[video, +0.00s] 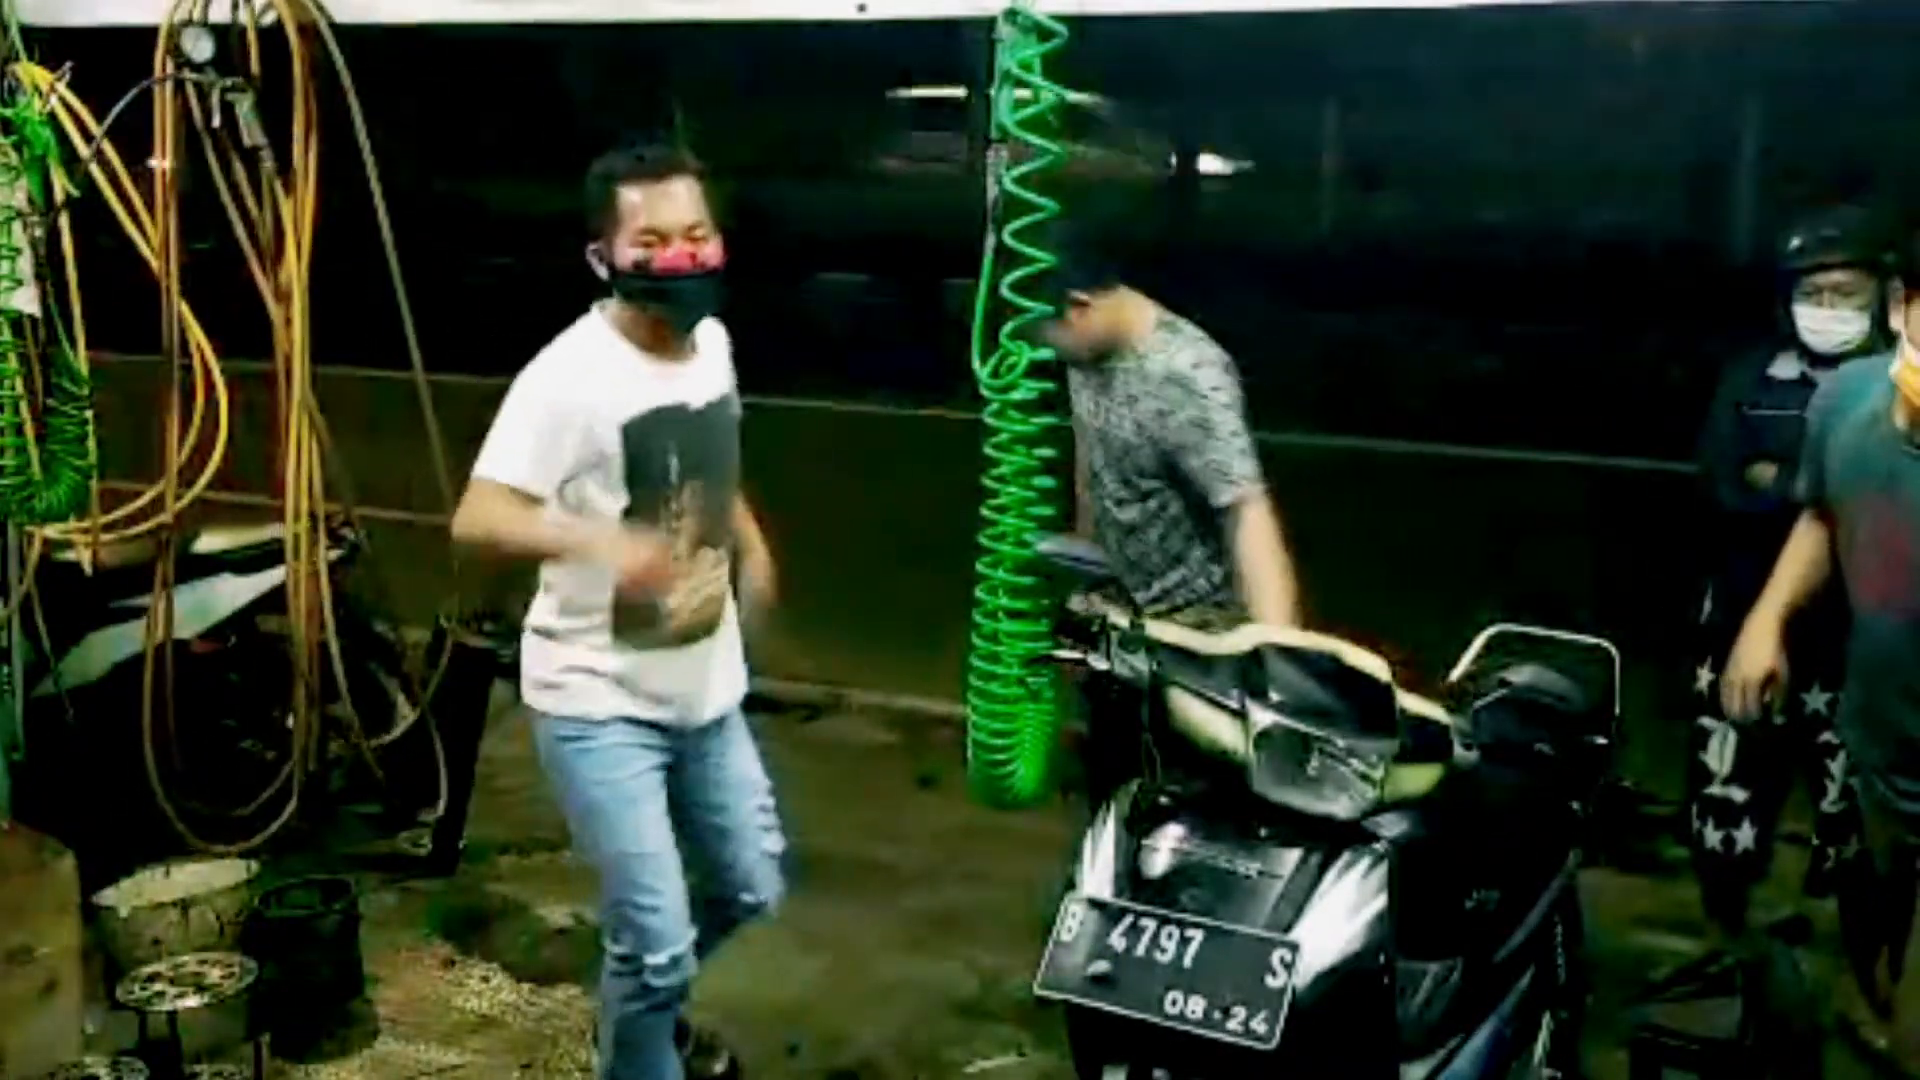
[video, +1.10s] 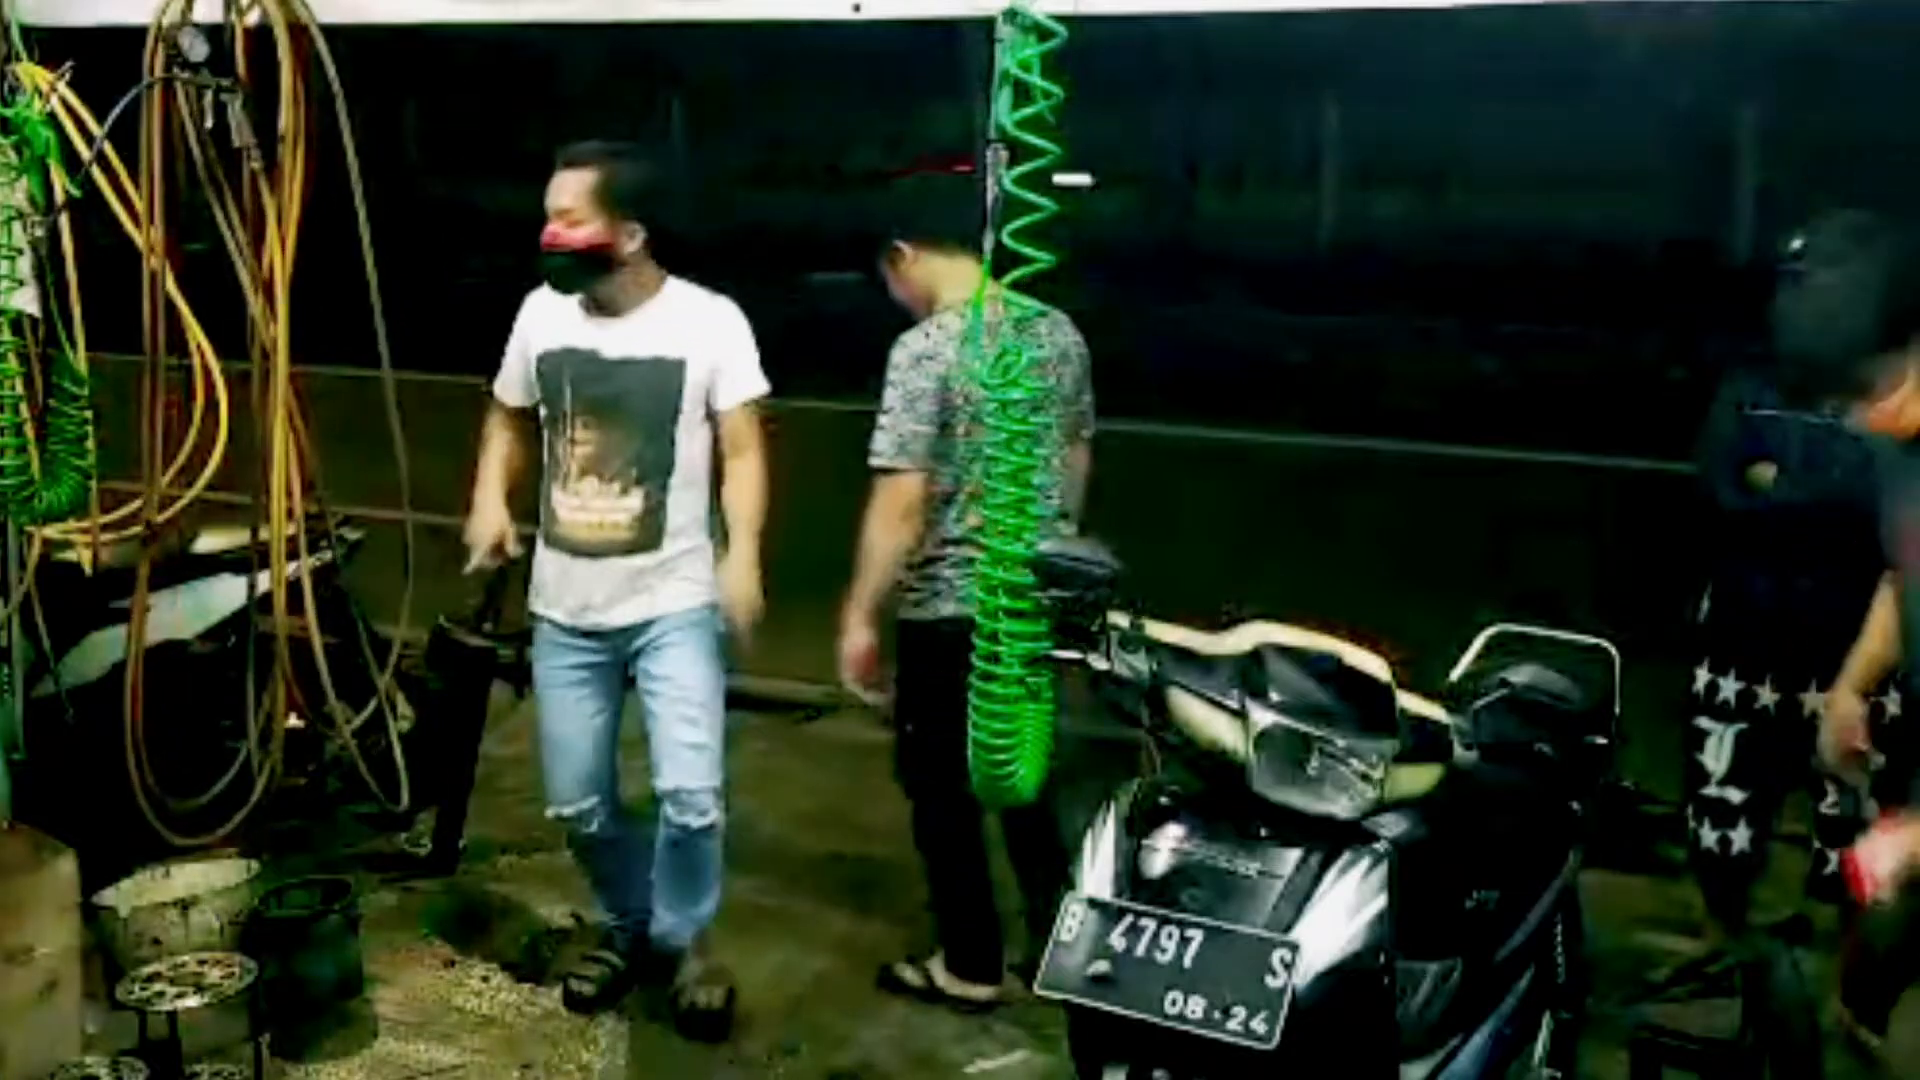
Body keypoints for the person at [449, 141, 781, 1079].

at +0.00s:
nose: (680, 259)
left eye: (694, 237)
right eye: (654, 242)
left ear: (716, 241)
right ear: (606, 258)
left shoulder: (708, 344)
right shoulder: (566, 377)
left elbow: (703, 463)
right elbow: (479, 515)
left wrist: (747, 538)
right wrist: (608, 544)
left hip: (703, 680)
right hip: (594, 694)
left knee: (747, 882)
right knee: (657, 946)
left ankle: (641, 996)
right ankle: (639, 1063)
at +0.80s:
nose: (645, 234)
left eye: (662, 216)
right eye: (625, 218)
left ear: (689, 220)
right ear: (594, 224)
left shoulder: (730, 327)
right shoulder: (549, 313)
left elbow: (812, 448)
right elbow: (498, 411)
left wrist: (772, 394)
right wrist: (469, 516)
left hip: (689, 627)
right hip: (573, 624)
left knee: (702, 833)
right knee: (593, 827)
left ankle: (642, 1031)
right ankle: (632, 927)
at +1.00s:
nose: (578, 231)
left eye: (598, 215)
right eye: (569, 214)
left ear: (650, 219)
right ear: (559, 215)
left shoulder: (710, 304)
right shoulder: (543, 297)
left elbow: (766, 426)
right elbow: (501, 393)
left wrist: (731, 471)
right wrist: (475, 477)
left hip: (683, 602)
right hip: (570, 603)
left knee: (697, 795)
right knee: (582, 799)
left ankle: (665, 997)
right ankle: (630, 923)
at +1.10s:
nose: (563, 262)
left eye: (579, 245)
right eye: (556, 243)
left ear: (633, 236)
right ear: (553, 232)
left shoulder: (710, 322)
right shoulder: (543, 312)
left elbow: (743, 448)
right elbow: (507, 417)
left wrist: (742, 554)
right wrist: (489, 500)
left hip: (677, 600)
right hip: (567, 607)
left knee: (692, 797)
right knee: (575, 799)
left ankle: (686, 947)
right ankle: (626, 925)